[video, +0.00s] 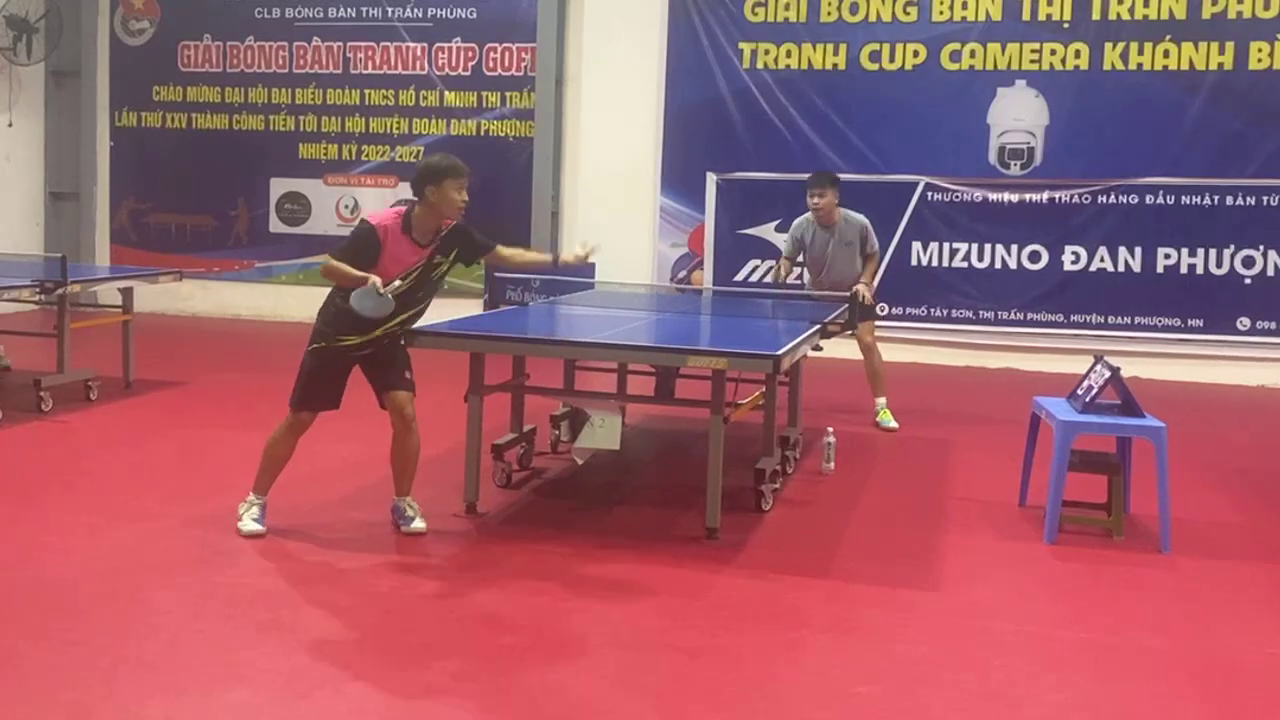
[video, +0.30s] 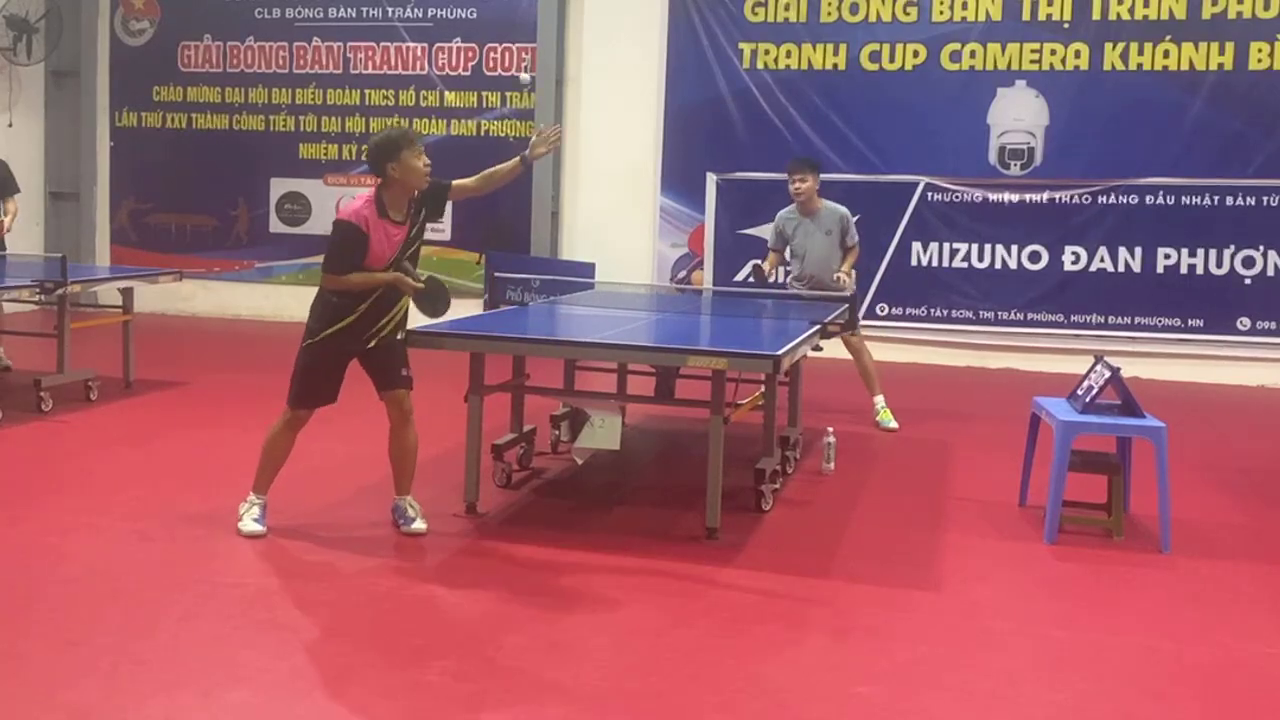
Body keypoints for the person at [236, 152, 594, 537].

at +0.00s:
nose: (465, 199)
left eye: (466, 191)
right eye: (457, 191)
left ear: (452, 196)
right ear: (428, 193)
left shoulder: (455, 236)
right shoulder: (379, 227)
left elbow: (504, 256)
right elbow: (329, 269)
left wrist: (562, 259)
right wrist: (365, 278)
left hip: (389, 339)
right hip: (338, 333)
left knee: (405, 414)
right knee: (298, 420)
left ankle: (403, 503)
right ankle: (255, 501)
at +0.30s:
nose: (427, 161)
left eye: (424, 154)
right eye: (418, 155)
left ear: (402, 168)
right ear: (391, 170)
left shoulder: (423, 197)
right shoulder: (354, 216)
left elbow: (479, 183)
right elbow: (331, 279)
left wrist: (527, 158)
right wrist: (390, 278)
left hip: (384, 324)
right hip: (333, 324)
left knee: (402, 408)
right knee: (296, 415)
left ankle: (403, 503)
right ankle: (255, 501)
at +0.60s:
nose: (403, 169)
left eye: (400, 162)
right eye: (394, 164)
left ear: (380, 176)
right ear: (367, 179)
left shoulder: (402, 203)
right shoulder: (333, 217)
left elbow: (445, 197)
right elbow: (304, 271)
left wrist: (493, 192)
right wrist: (361, 249)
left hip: (371, 327)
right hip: (319, 333)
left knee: (414, 398)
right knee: (293, 423)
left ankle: (384, 473)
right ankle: (257, 501)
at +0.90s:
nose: (461, 227)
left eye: (463, 220)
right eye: (458, 219)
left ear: (436, 213)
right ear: (434, 213)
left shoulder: (418, 224)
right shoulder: (391, 225)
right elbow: (392, 243)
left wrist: (440, 266)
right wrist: (436, 258)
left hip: (378, 335)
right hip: (335, 341)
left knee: (424, 416)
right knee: (342, 437)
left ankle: (386, 497)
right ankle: (273, 485)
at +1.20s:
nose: (474, 193)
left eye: (474, 184)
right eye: (474, 184)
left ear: (435, 177)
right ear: (463, 184)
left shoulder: (394, 208)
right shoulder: (442, 231)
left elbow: (339, 246)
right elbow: (465, 283)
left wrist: (315, 275)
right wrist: (473, 268)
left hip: (346, 336)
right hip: (371, 342)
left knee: (400, 427)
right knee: (411, 433)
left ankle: (385, 504)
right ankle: (390, 543)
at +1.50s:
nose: (461, 193)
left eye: (461, 185)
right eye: (461, 185)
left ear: (418, 180)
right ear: (449, 186)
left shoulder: (377, 214)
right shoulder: (429, 239)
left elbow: (328, 262)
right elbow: (417, 312)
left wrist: (369, 289)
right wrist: (458, 323)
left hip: (331, 342)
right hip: (375, 356)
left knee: (349, 416)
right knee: (419, 453)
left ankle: (288, 492)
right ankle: (393, 564)